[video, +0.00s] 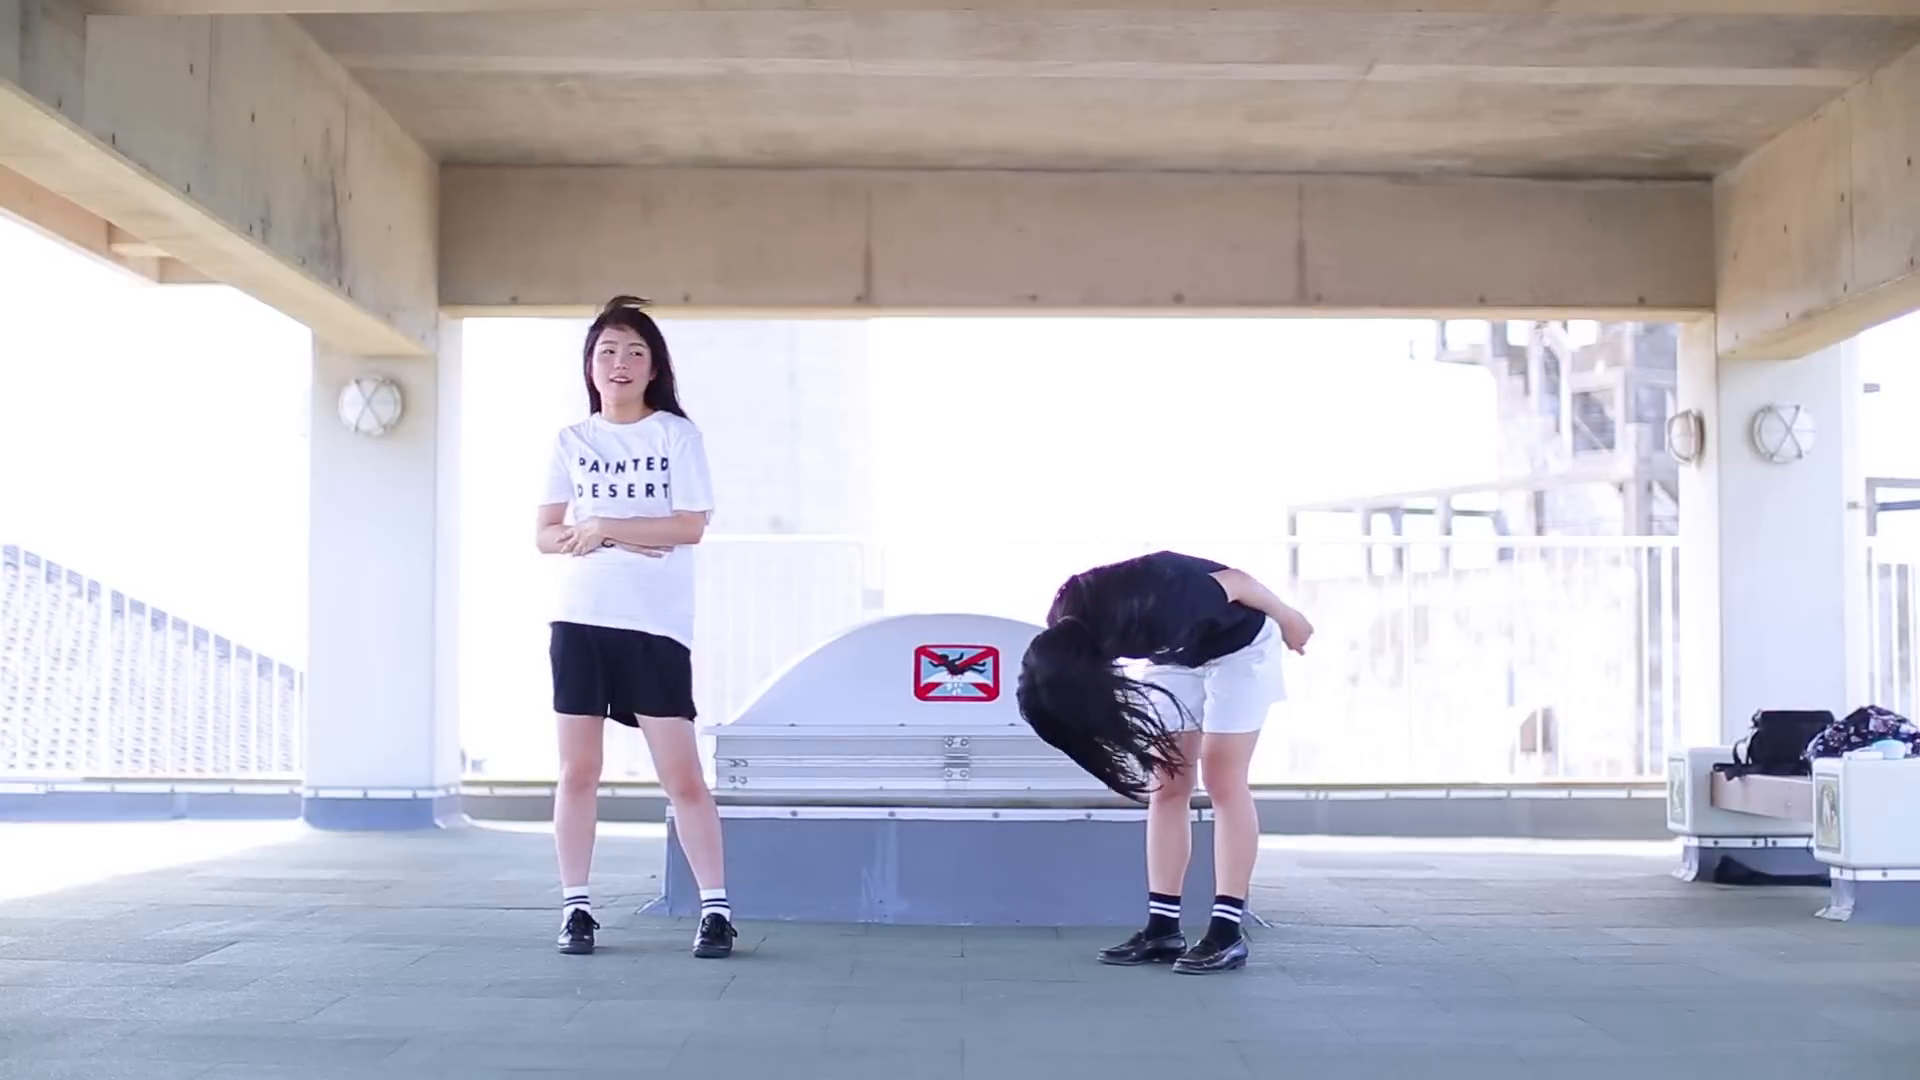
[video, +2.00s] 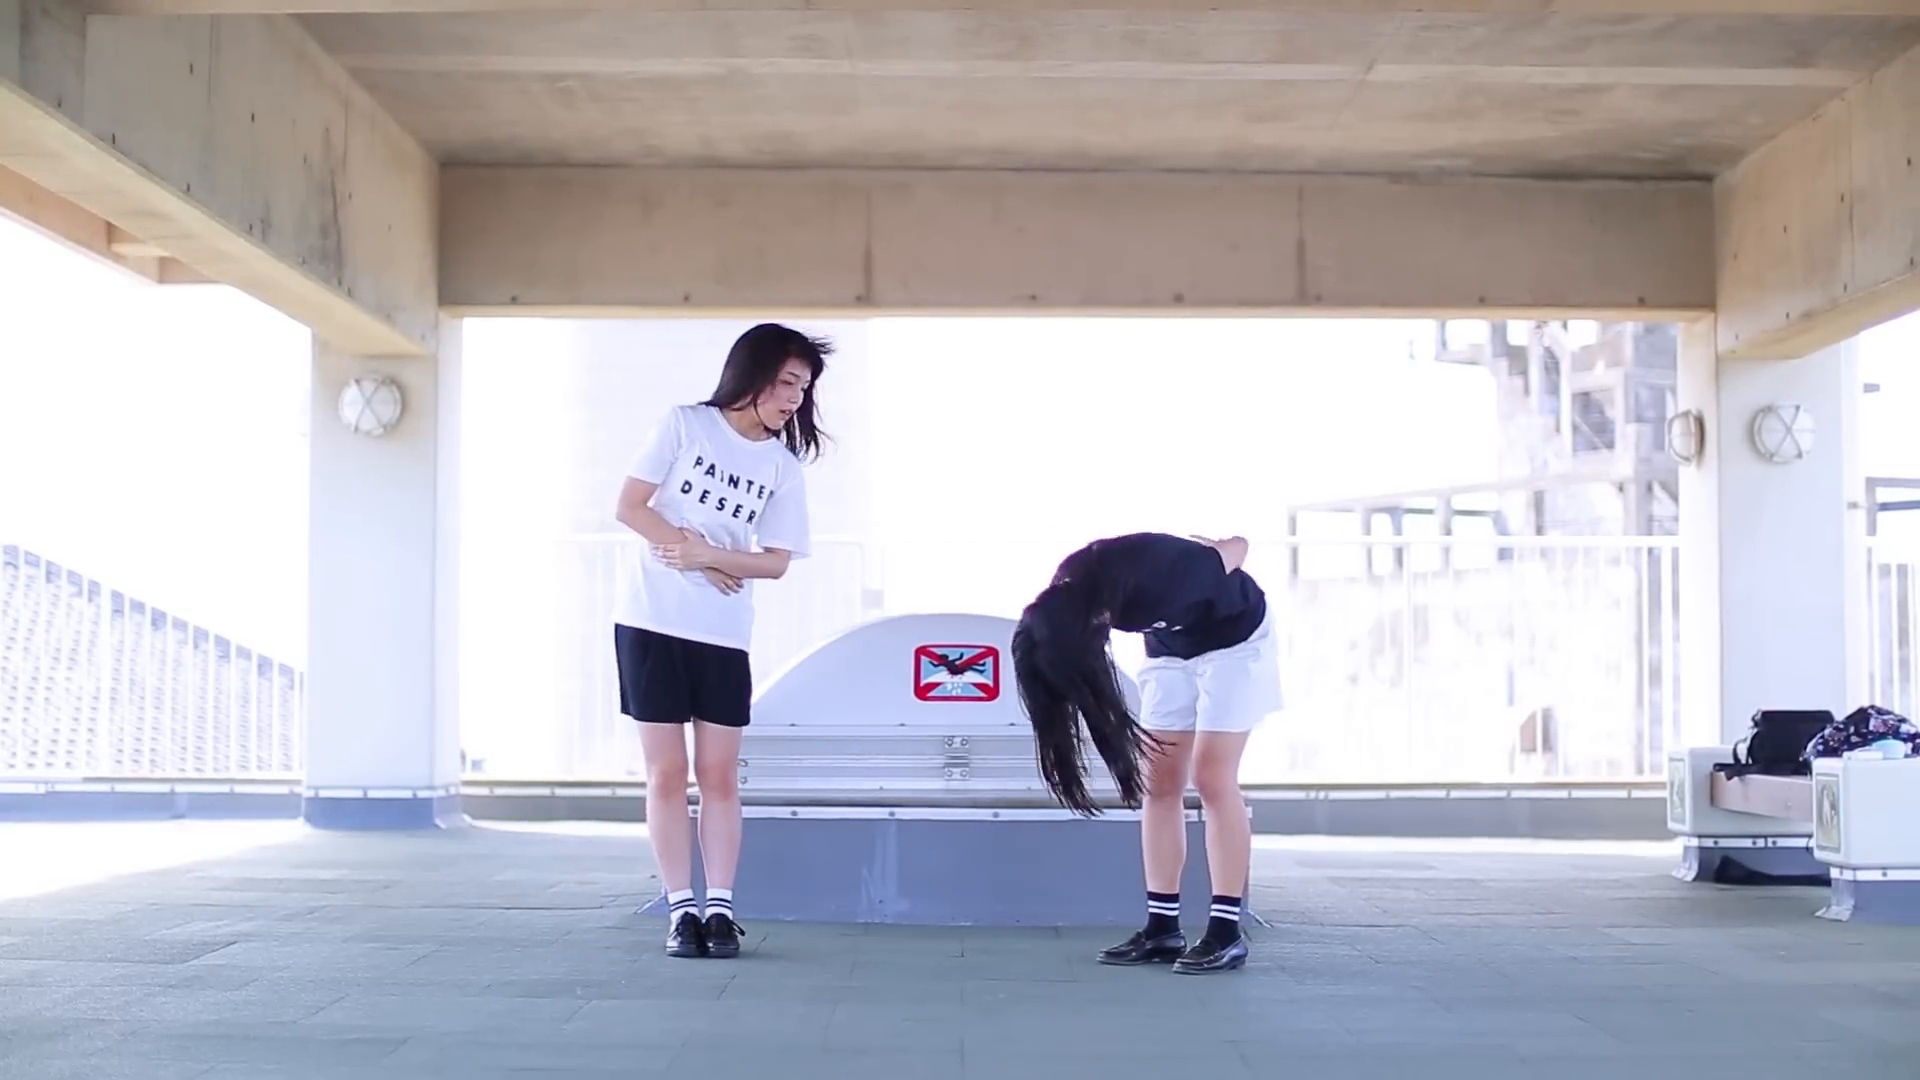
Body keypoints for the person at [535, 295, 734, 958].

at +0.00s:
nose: (619, 361)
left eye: (633, 351)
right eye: (607, 350)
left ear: (654, 364)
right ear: (589, 363)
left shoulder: (679, 434)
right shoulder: (571, 439)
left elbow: (692, 527)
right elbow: (546, 536)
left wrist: (604, 528)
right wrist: (609, 537)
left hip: (657, 626)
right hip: (579, 625)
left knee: (684, 780)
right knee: (577, 773)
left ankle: (715, 909)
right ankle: (575, 908)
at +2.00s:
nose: (795, 396)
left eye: (804, 386)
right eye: (787, 380)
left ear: (806, 392)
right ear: (752, 374)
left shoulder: (784, 466)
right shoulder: (686, 423)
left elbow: (777, 562)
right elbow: (631, 506)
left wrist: (708, 552)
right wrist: (702, 558)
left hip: (724, 633)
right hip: (653, 624)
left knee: (720, 779)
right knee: (666, 776)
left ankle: (720, 910)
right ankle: (682, 910)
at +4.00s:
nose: (593, 363)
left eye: (607, 351)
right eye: (584, 351)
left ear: (644, 359)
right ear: (577, 361)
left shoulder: (667, 420)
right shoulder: (564, 423)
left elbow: (667, 459)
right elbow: (495, 451)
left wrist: (625, 381)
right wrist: (546, 383)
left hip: (641, 620)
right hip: (566, 617)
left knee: (638, 776)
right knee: (572, 774)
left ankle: (647, 908)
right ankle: (577, 910)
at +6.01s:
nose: (627, 370)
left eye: (638, 363)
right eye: (617, 355)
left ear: (642, 377)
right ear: (584, 355)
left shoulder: (635, 450)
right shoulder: (535, 428)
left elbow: (639, 550)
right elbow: (497, 526)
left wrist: (637, 636)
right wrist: (501, 614)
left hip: (607, 634)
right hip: (536, 624)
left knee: (614, 776)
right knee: (534, 772)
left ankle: (600, 897)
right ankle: (539, 909)